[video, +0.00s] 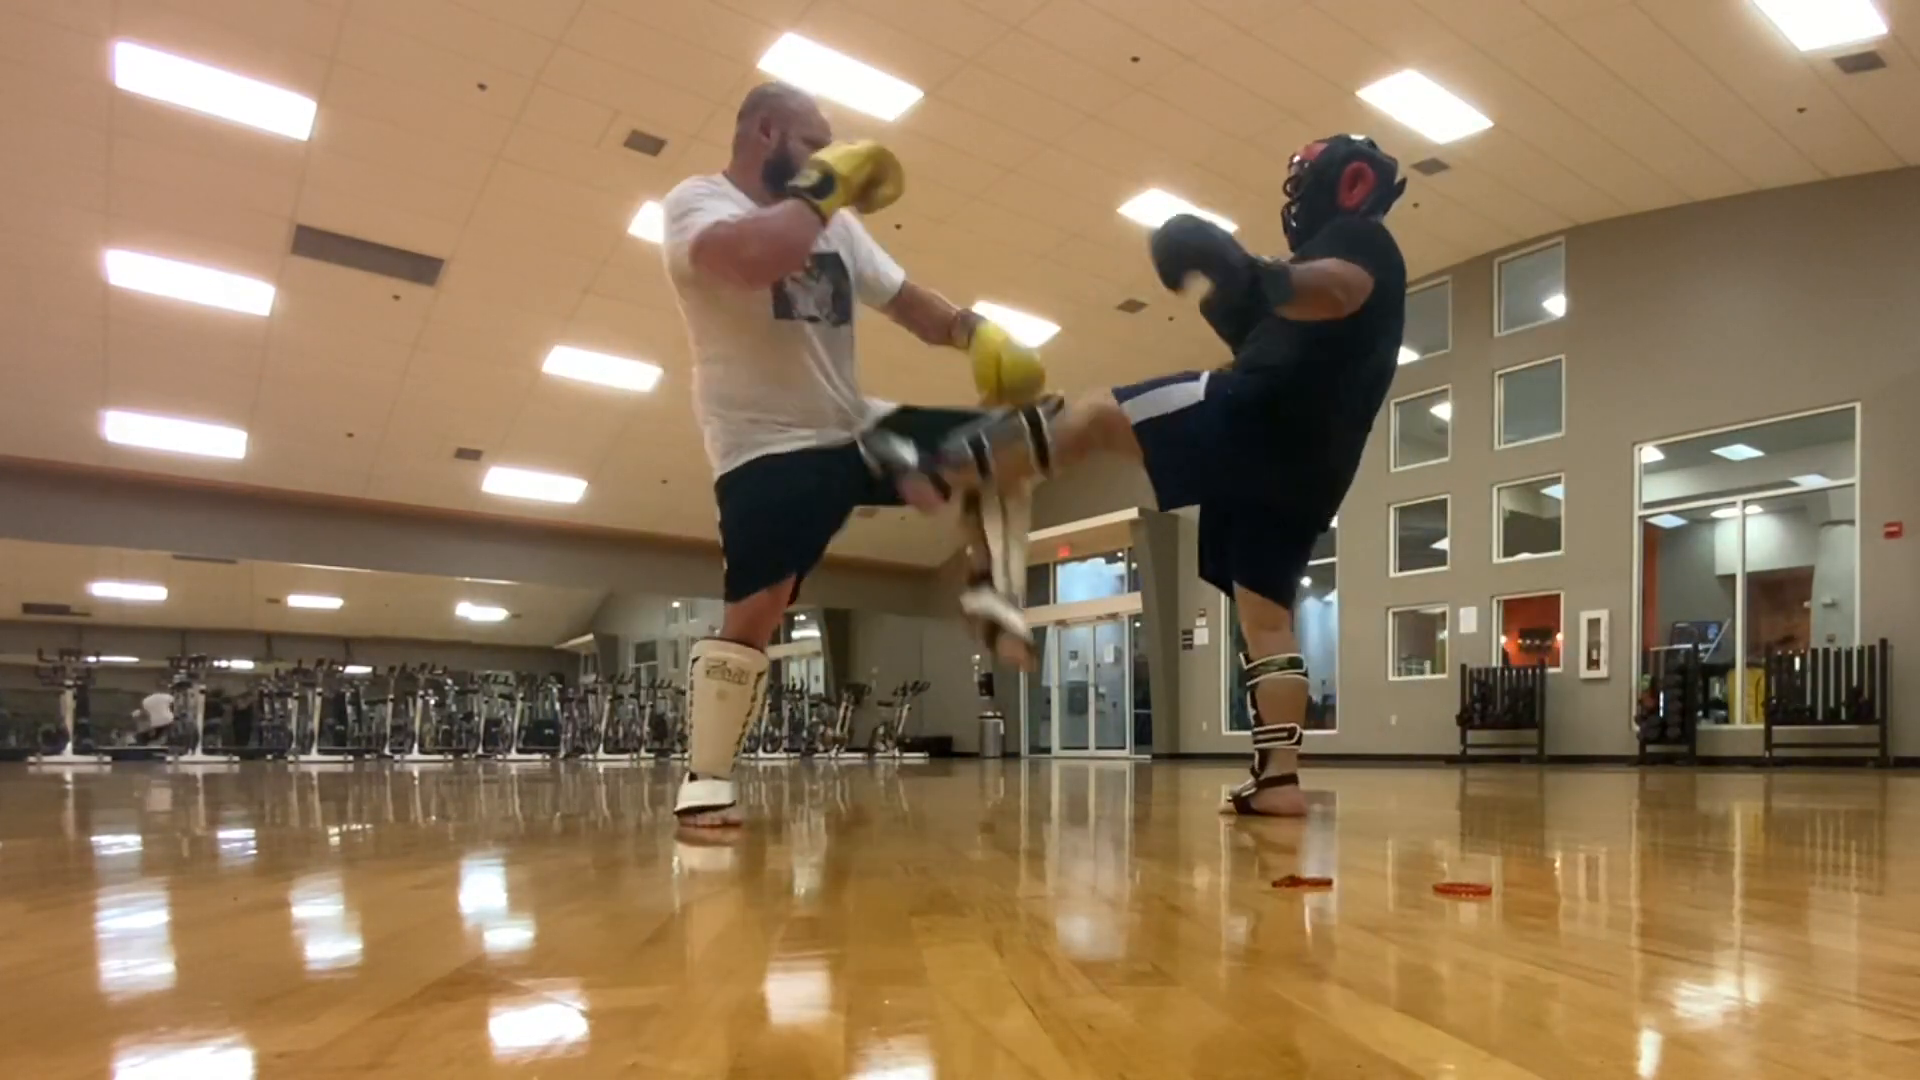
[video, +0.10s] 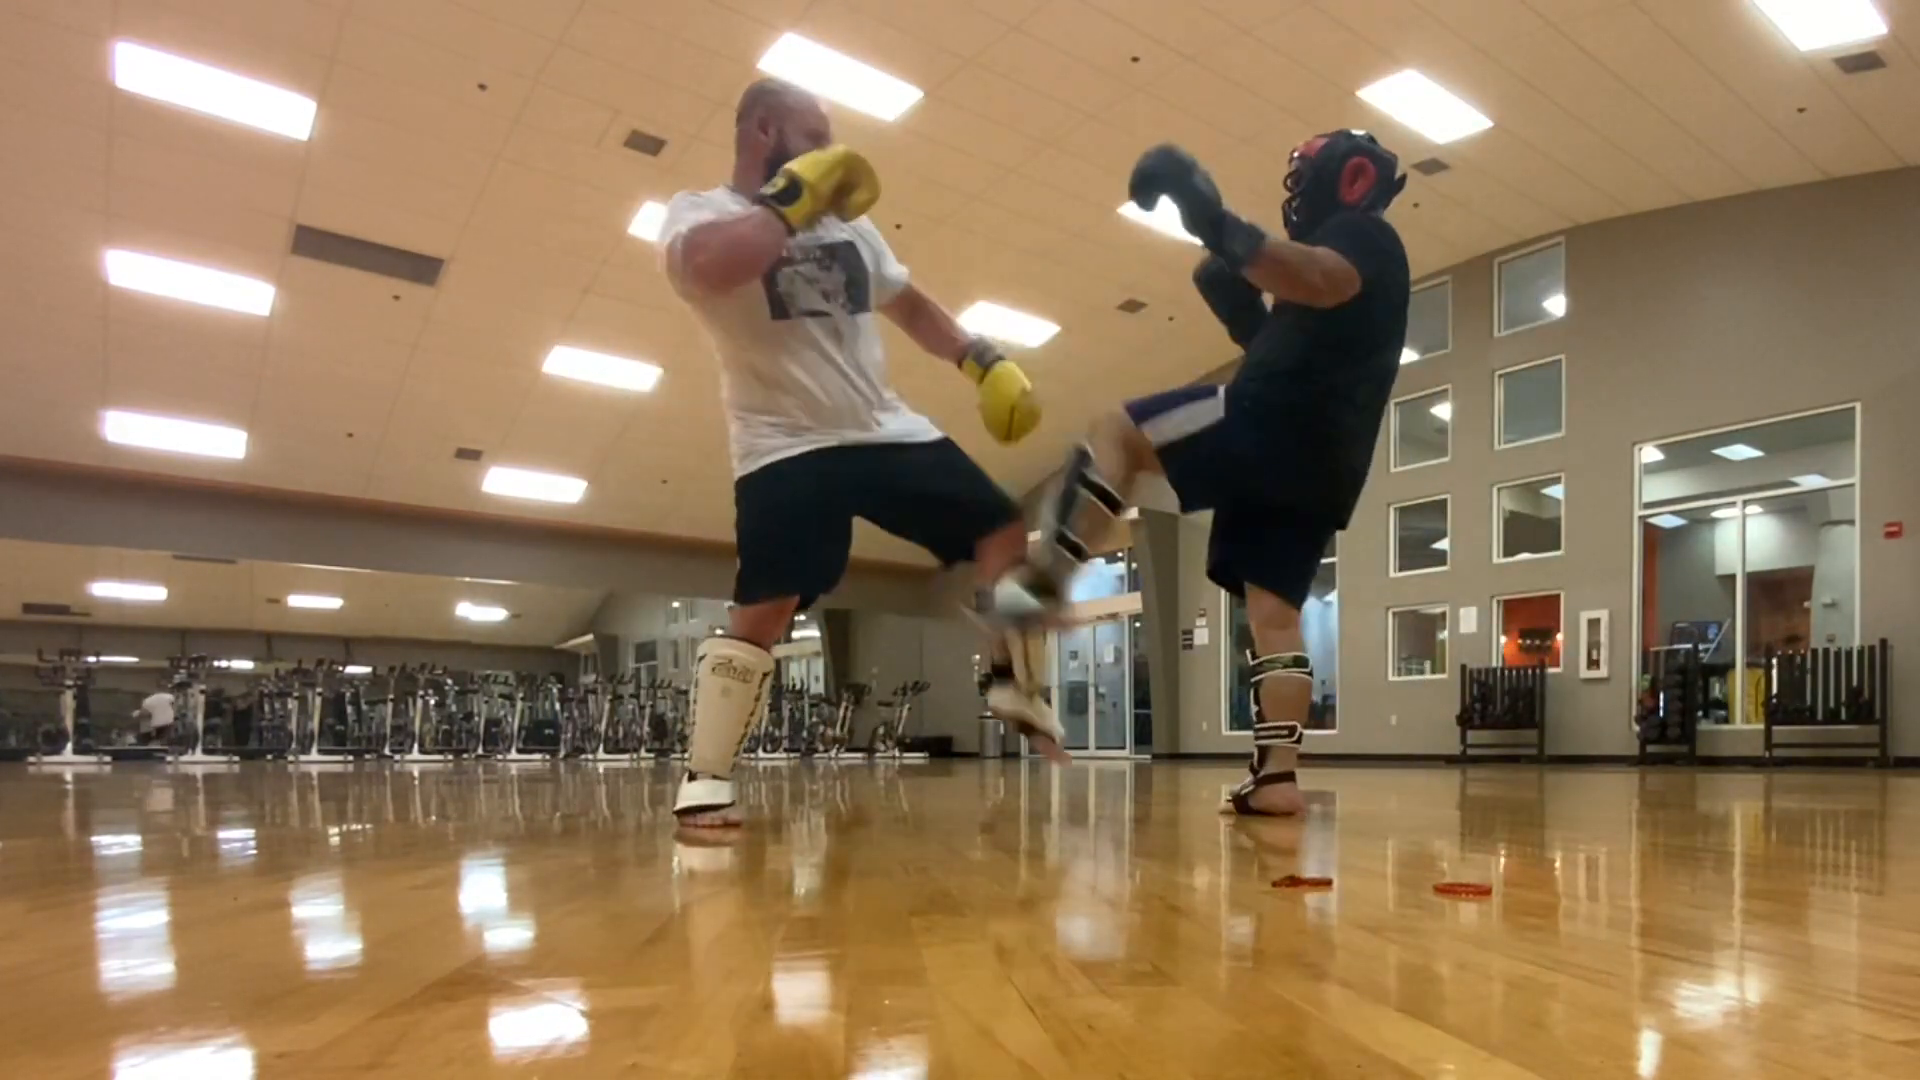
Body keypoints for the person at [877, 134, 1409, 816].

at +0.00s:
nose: (1289, 197)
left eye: (1302, 182)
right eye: (1292, 184)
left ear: (1342, 182)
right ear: (1358, 189)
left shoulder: (1359, 231)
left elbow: (1345, 290)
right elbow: (1289, 367)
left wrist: (1256, 276)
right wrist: (1226, 302)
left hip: (1260, 413)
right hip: (1309, 465)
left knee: (1095, 419)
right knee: (1267, 611)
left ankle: (948, 467)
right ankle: (1278, 781)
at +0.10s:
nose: (1290, 179)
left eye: (1304, 167)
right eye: (1293, 170)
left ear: (1349, 174)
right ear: (1355, 180)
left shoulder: (1366, 232)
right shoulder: (1324, 255)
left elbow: (1325, 279)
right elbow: (1301, 359)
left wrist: (1218, 223)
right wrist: (1248, 319)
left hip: (1274, 421)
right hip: (1318, 460)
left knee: (1121, 433)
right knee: (1273, 604)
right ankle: (1277, 780)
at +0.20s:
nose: (1294, 189)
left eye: (1308, 173)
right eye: (1296, 177)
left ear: (1355, 176)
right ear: (1361, 182)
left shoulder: (1367, 229)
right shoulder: (1351, 261)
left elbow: (1302, 257)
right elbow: (1287, 358)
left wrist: (1226, 177)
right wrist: (1237, 283)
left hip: (1296, 433)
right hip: (1349, 458)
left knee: (1167, 518)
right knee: (1289, 608)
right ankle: (1280, 778)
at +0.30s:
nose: (1300, 176)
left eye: (1313, 161)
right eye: (1304, 167)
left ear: (1358, 170)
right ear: (1364, 177)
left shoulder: (1371, 230)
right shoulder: (1342, 261)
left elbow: (1277, 229)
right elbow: (1284, 362)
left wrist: (1239, 146)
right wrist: (1239, 272)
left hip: (1334, 452)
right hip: (1361, 464)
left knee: (1263, 598)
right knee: (1303, 618)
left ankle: (1357, 736)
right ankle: (1286, 772)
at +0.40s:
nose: (1303, 191)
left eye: (1314, 175)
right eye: (1305, 180)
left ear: (1358, 175)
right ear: (1372, 181)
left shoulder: (1379, 231)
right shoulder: (1360, 266)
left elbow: (1280, 235)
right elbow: (1299, 356)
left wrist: (1246, 151)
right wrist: (1240, 284)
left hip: (1378, 455)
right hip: (1368, 462)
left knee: (1357, 611)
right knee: (1333, 614)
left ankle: (1424, 772)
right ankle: (1292, 767)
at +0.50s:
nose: (1324, 202)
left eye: (1333, 188)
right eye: (1323, 191)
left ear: (1376, 180)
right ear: (1382, 186)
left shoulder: (1409, 231)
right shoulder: (1379, 276)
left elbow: (1327, 263)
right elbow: (1309, 331)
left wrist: (1265, 197)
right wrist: (1251, 259)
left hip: (1425, 453)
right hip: (1391, 461)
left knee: (1396, 614)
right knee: (1361, 610)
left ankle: (1429, 778)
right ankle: (1356, 757)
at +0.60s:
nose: (1354, 189)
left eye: (1367, 175)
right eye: (1356, 180)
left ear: (1418, 178)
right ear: (1419, 183)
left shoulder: (1451, 232)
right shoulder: (1410, 259)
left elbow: (1397, 276)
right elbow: (1349, 331)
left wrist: (1315, 213)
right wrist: (1288, 289)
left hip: (1446, 455)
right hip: (1432, 457)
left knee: (1415, 609)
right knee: (1422, 609)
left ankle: (1427, 777)